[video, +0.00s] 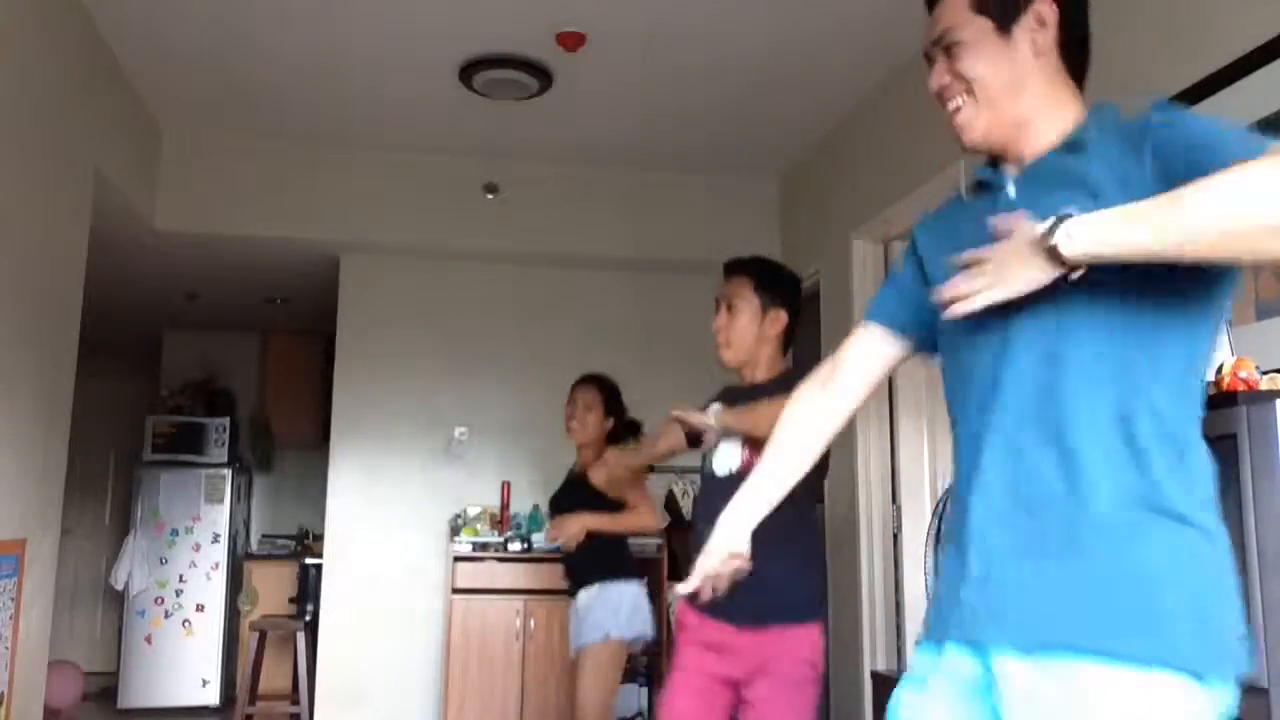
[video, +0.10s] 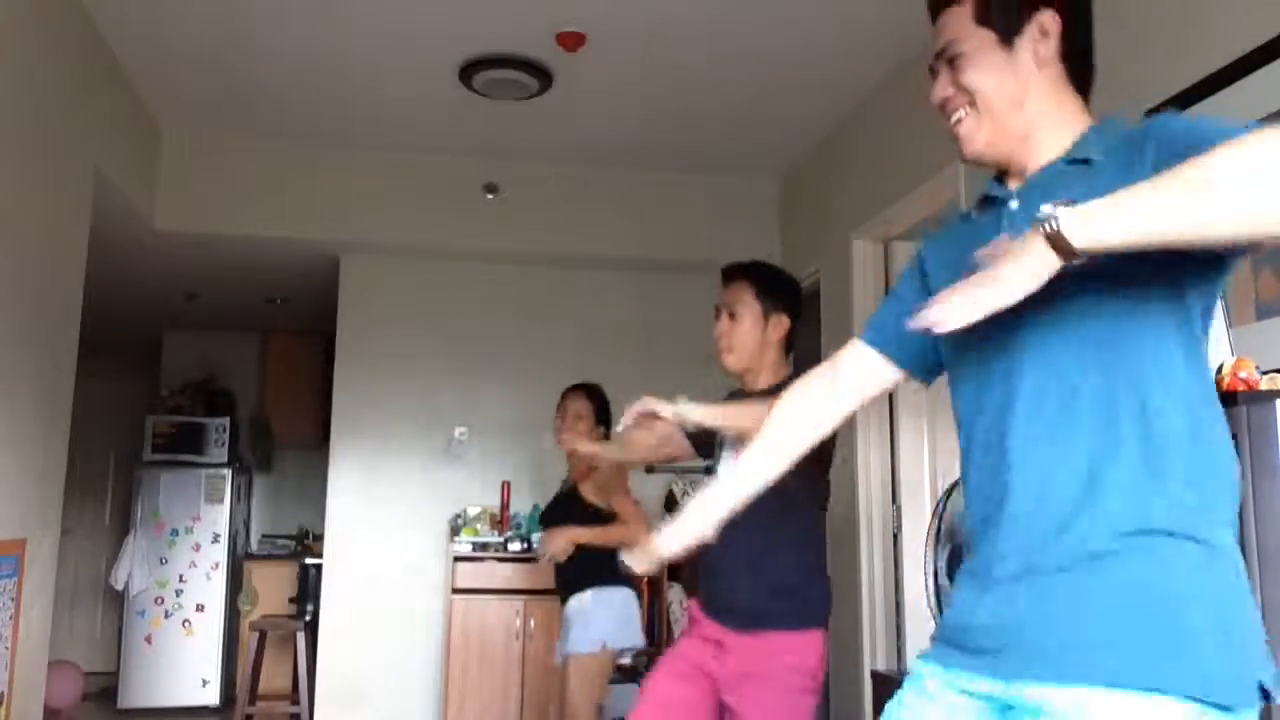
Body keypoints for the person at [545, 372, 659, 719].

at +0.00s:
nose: (573, 413)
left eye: (586, 407)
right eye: (571, 405)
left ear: (609, 421)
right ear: (565, 411)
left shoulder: (612, 461)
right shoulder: (581, 467)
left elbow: (652, 518)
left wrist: (585, 521)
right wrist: (568, 525)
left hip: (612, 592)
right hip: (587, 592)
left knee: (592, 709)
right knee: (584, 707)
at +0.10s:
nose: (565, 425)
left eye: (577, 417)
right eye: (561, 416)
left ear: (598, 426)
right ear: (554, 420)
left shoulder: (605, 469)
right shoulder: (576, 474)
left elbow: (638, 529)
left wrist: (572, 536)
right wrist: (560, 539)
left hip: (602, 598)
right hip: (578, 599)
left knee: (581, 709)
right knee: (572, 707)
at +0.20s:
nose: (551, 409)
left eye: (560, 399)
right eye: (549, 399)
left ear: (583, 405)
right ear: (548, 406)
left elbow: (610, 510)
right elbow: (539, 539)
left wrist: (551, 511)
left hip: (587, 586)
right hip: (559, 589)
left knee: (579, 706)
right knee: (540, 705)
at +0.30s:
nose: (542, 395)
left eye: (554, 387)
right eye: (538, 386)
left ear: (576, 398)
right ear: (531, 392)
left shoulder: (574, 435)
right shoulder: (550, 442)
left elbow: (596, 498)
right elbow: (567, 503)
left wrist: (540, 497)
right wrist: (527, 512)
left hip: (572, 579)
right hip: (545, 579)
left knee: (561, 699)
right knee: (525, 696)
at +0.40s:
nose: (531, 412)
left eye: (543, 404)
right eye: (526, 402)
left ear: (564, 416)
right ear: (518, 408)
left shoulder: (559, 454)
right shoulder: (537, 459)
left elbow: (581, 518)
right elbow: (548, 515)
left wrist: (525, 520)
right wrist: (512, 521)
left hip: (558, 600)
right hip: (529, 596)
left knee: (528, 710)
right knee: (506, 703)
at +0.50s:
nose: (522, 426)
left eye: (534, 419)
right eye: (517, 417)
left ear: (555, 431)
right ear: (510, 423)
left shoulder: (551, 470)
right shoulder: (533, 473)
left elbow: (576, 539)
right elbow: (555, 532)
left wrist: (517, 544)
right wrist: (514, 544)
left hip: (542, 618)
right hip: (515, 611)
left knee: (499, 713)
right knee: (479, 707)